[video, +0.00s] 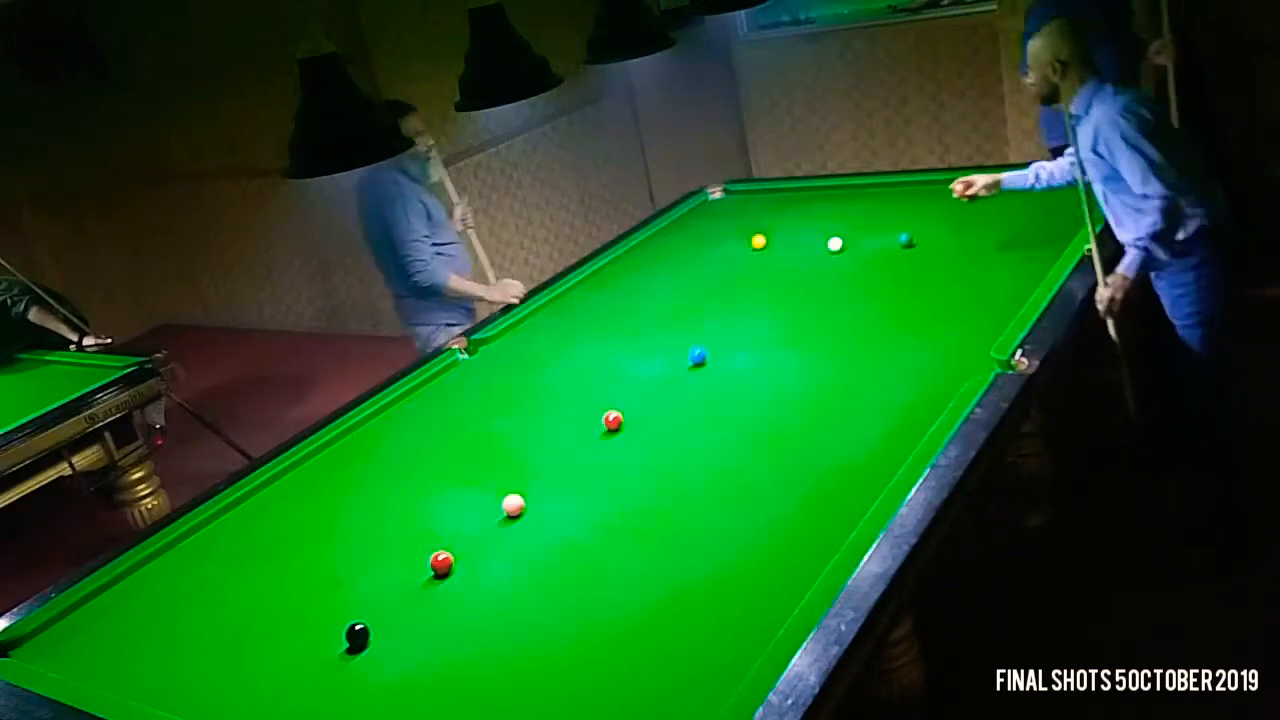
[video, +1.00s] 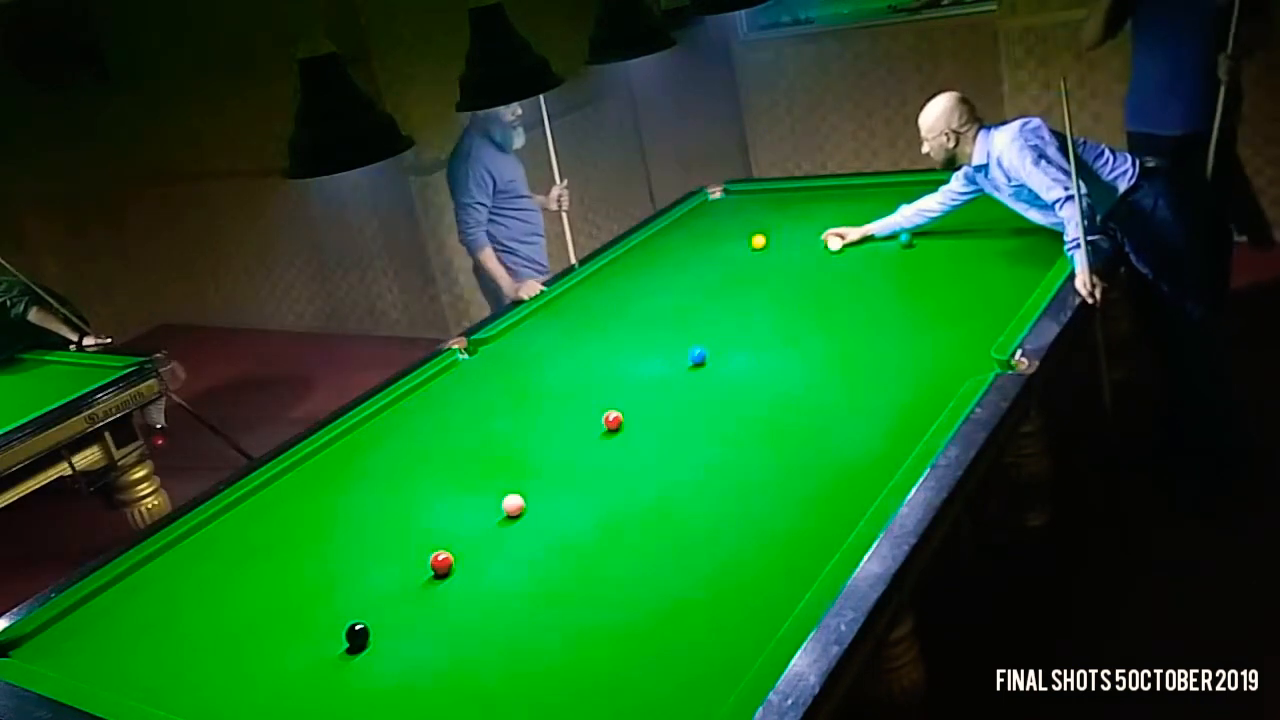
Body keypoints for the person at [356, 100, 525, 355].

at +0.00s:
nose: (427, 142)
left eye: (425, 132)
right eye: (415, 138)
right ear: (392, 146)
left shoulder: (401, 180)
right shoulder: (393, 188)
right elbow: (420, 272)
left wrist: (451, 226)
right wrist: (489, 292)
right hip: (439, 324)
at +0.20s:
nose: (458, 126)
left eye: (456, 117)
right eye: (447, 121)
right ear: (423, 129)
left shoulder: (435, 168)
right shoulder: (424, 176)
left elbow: (450, 223)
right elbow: (441, 255)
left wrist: (486, 218)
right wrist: (503, 286)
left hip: (477, 299)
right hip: (464, 307)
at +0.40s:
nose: (484, 119)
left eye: (483, 111)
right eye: (473, 113)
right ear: (446, 117)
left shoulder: (454, 153)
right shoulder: (438, 161)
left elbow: (469, 209)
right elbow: (455, 242)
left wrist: (508, 210)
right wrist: (508, 286)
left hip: (485, 280)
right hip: (471, 288)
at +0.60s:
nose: (495, 116)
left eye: (494, 108)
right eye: (484, 110)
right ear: (458, 114)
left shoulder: (467, 148)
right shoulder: (449, 159)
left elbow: (482, 207)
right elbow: (462, 238)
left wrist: (523, 207)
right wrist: (507, 286)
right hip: (477, 286)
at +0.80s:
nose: (506, 115)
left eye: (505, 107)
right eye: (495, 109)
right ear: (470, 113)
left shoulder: (480, 148)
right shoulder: (459, 159)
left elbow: (493, 204)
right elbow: (466, 236)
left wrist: (533, 205)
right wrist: (509, 286)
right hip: (489, 279)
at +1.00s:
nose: (518, 112)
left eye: (517, 103)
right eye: (507, 106)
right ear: (482, 112)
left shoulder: (495, 145)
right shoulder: (472, 158)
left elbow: (509, 198)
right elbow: (472, 234)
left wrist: (545, 202)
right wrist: (510, 287)